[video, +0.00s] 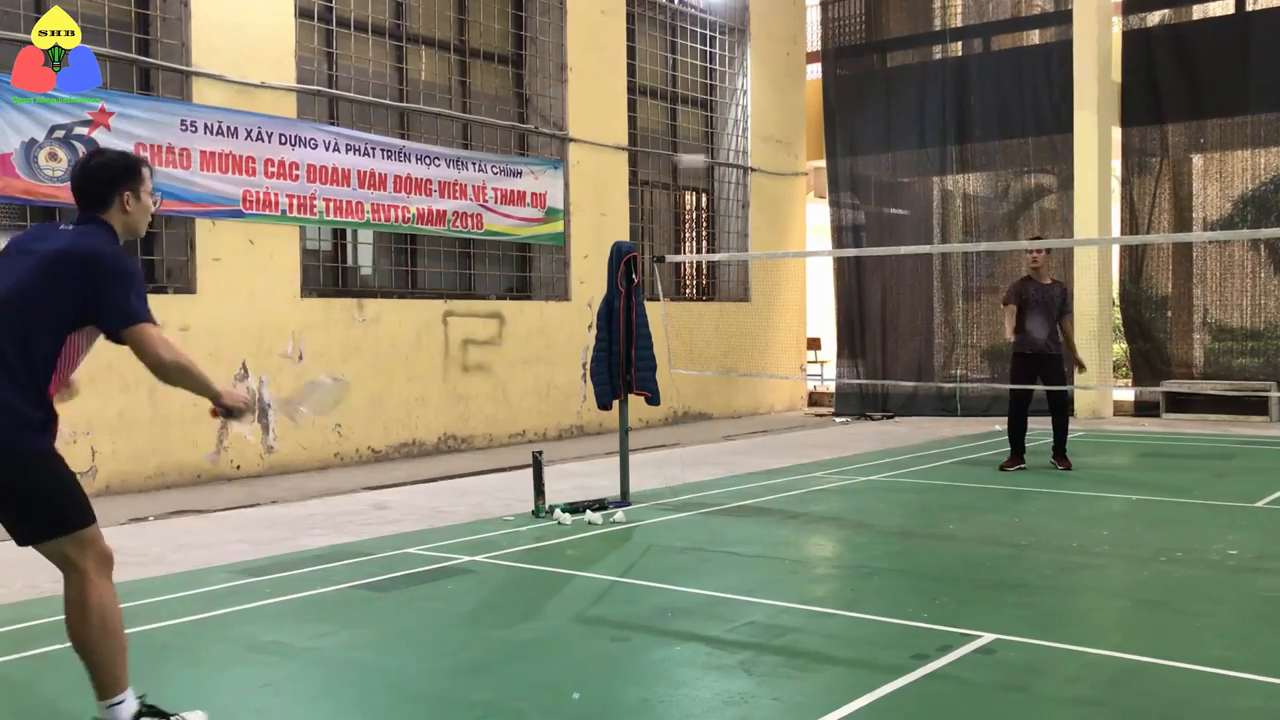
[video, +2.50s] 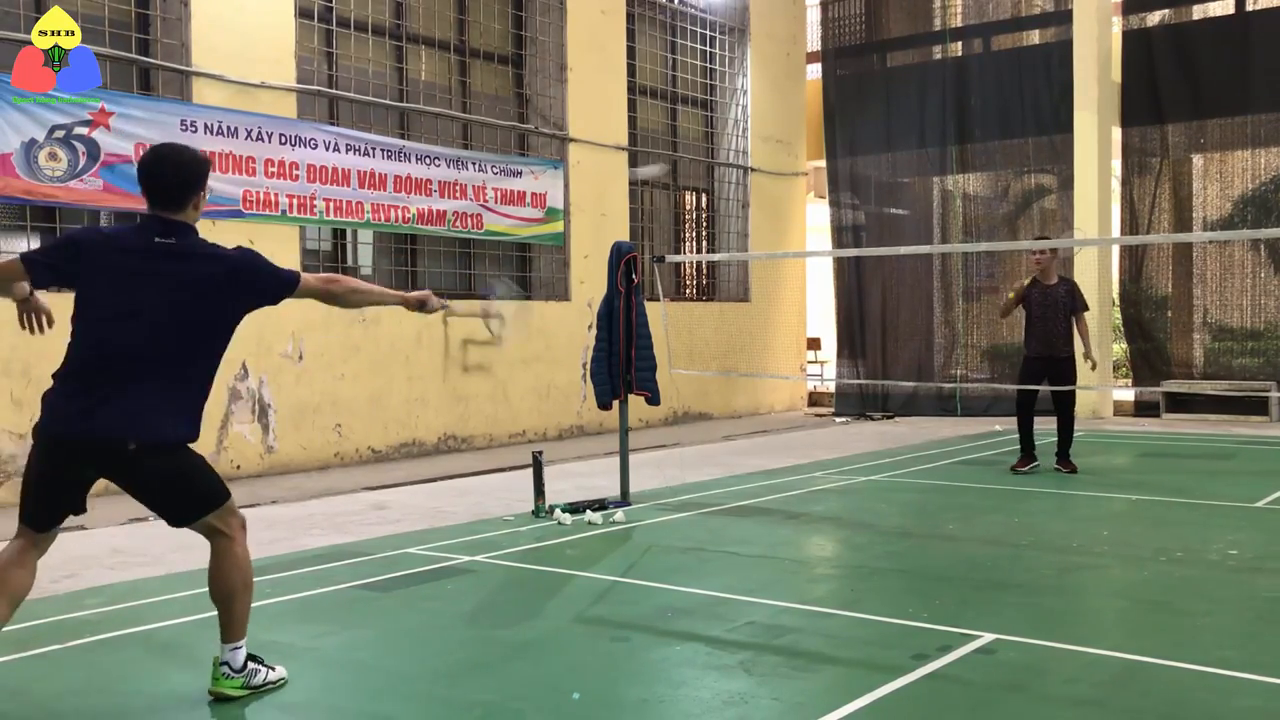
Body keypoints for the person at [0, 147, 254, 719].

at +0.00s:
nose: (153, 206)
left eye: (152, 194)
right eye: (148, 193)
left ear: (92, 200)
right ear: (124, 198)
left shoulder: (32, 239)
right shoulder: (104, 258)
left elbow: (10, 310)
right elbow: (162, 357)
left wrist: (41, 371)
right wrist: (220, 395)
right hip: (13, 430)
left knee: (80, 559)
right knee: (87, 560)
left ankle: (118, 706)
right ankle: (120, 708)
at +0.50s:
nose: (173, 142)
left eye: (169, 131)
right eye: (170, 132)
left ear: (101, 142)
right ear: (157, 143)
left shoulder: (44, 187)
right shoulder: (171, 215)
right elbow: (274, 254)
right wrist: (378, 281)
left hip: (8, 400)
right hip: (74, 416)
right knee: (113, 560)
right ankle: (123, 709)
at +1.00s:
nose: (178, 193)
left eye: (176, 181)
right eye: (174, 182)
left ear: (111, 184)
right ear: (154, 187)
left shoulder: (52, 224)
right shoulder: (148, 254)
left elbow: (7, 290)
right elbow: (191, 365)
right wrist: (244, 391)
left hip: (6, 423)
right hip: (63, 431)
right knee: (136, 567)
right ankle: (182, 702)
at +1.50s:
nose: (235, 147)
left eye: (233, 136)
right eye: (233, 137)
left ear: (167, 142)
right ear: (221, 144)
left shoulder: (115, 190)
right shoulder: (237, 215)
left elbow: (15, 240)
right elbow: (343, 243)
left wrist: (19, 278)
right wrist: (437, 256)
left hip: (60, 390)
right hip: (138, 405)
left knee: (8, 529)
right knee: (181, 544)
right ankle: (193, 695)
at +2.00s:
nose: (167, 197)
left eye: (165, 184)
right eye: (163, 185)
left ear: (108, 191)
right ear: (141, 190)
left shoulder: (54, 237)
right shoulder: (132, 256)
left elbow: (8, 301)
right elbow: (164, 363)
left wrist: (68, 333)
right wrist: (239, 402)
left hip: (9, 430)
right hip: (72, 436)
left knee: (3, 568)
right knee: (155, 553)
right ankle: (186, 701)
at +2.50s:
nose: (207, 193)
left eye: (201, 186)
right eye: (206, 187)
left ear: (145, 192)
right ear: (199, 197)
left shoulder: (93, 246)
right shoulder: (230, 268)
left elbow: (9, 272)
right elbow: (329, 287)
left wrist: (22, 295)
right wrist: (404, 297)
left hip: (64, 430)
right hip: (151, 439)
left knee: (26, 541)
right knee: (228, 528)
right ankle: (233, 663)